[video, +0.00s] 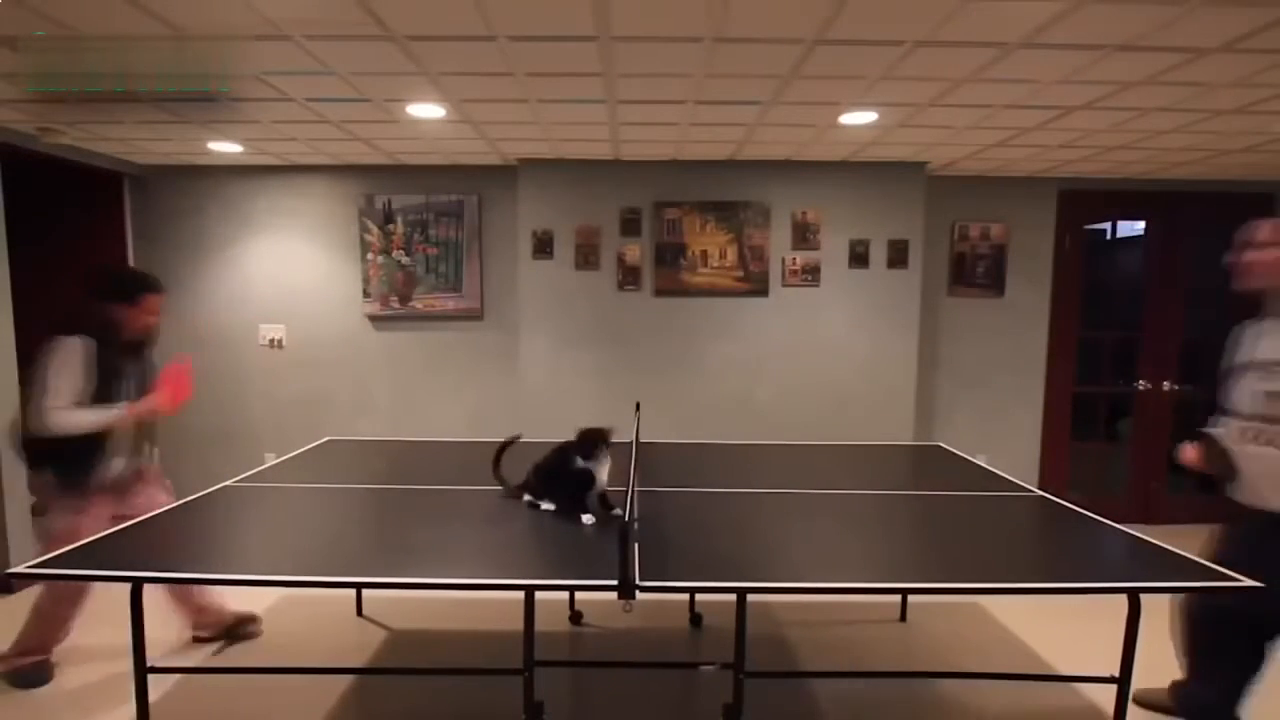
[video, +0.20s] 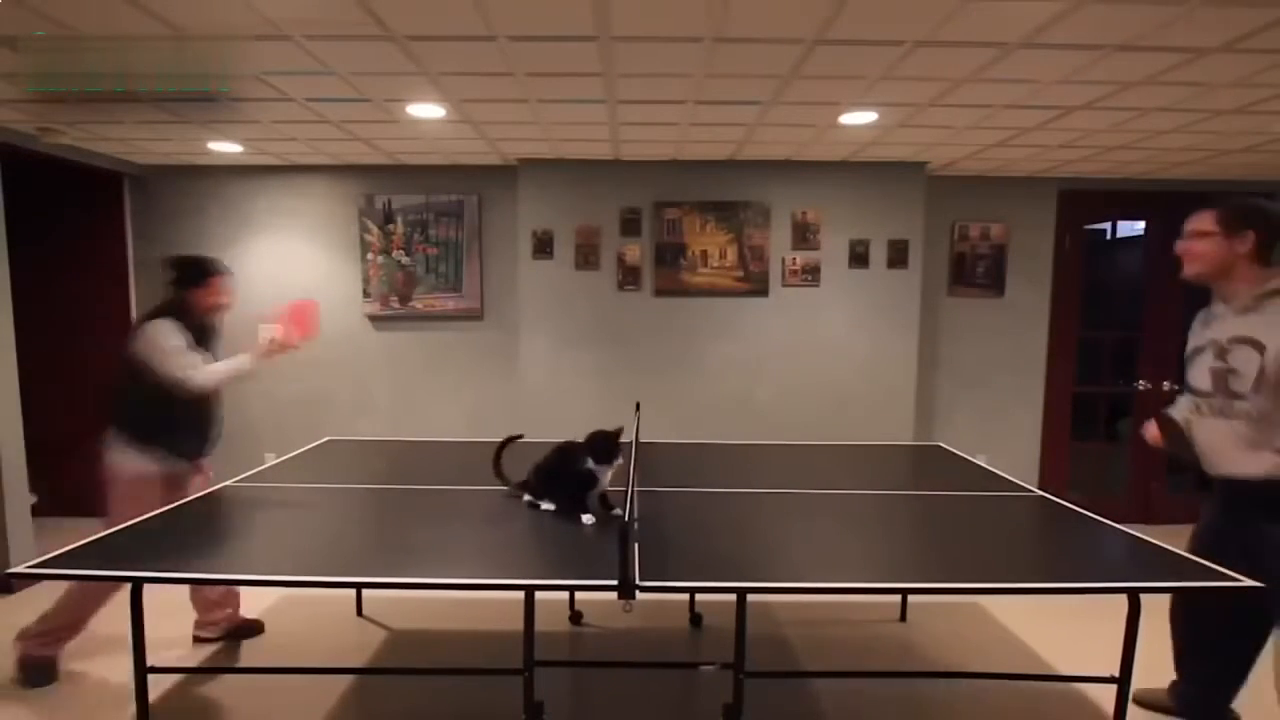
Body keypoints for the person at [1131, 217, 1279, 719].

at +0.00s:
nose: (1245, 257)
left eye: (1260, 246)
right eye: (1244, 246)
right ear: (1239, 259)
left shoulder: (1268, 336)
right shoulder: (1248, 335)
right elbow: (1237, 420)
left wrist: (1215, 448)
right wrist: (1207, 447)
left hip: (1275, 510)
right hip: (1251, 506)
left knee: (1240, 611)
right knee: (1219, 603)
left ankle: (1211, 700)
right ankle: (1202, 693)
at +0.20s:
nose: (1182, 247)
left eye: (1197, 237)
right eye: (1183, 237)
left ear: (1243, 243)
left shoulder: (1276, 311)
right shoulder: (1205, 319)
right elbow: (1199, 395)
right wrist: (1168, 423)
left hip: (1270, 490)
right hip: (1225, 489)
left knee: (1251, 606)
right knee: (1198, 594)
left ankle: (1206, 698)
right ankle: (1197, 692)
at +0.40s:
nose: (1198, 245)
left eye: (1212, 233)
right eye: (1200, 234)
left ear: (1260, 240)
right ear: (1247, 241)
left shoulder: (1277, 313)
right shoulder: (1217, 315)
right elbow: (1201, 389)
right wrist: (1163, 406)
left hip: (1268, 493)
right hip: (1217, 487)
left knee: (1277, 618)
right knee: (1183, 602)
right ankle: (1191, 694)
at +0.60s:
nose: (1172, 273)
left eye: (1183, 261)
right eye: (1172, 262)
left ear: (1223, 260)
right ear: (1216, 264)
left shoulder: (1260, 322)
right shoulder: (1223, 319)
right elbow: (1203, 389)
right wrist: (1139, 398)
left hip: (1234, 484)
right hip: (1199, 479)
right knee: (1165, 570)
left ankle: (1144, 655)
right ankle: (1143, 655)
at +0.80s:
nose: (1129, 269)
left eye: (1137, 258)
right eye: (1127, 258)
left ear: (1171, 259)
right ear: (1165, 262)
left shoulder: (1216, 310)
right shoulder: (1172, 310)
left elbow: (1234, 403)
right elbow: (1148, 349)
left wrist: (1201, 476)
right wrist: (1083, 343)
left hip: (1212, 457)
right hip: (1169, 454)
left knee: (1230, 587)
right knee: (1141, 556)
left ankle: (1270, 696)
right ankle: (1138, 653)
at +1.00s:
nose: (1124, 257)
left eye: (1133, 247)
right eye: (1123, 248)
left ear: (1169, 249)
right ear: (1129, 255)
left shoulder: (1222, 304)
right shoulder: (1120, 313)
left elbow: (1256, 377)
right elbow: (1059, 327)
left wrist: (1252, 448)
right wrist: (1000, 329)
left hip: (1203, 446)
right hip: (1146, 447)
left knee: (1205, 573)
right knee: (1140, 553)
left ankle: (1214, 703)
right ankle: (1139, 650)